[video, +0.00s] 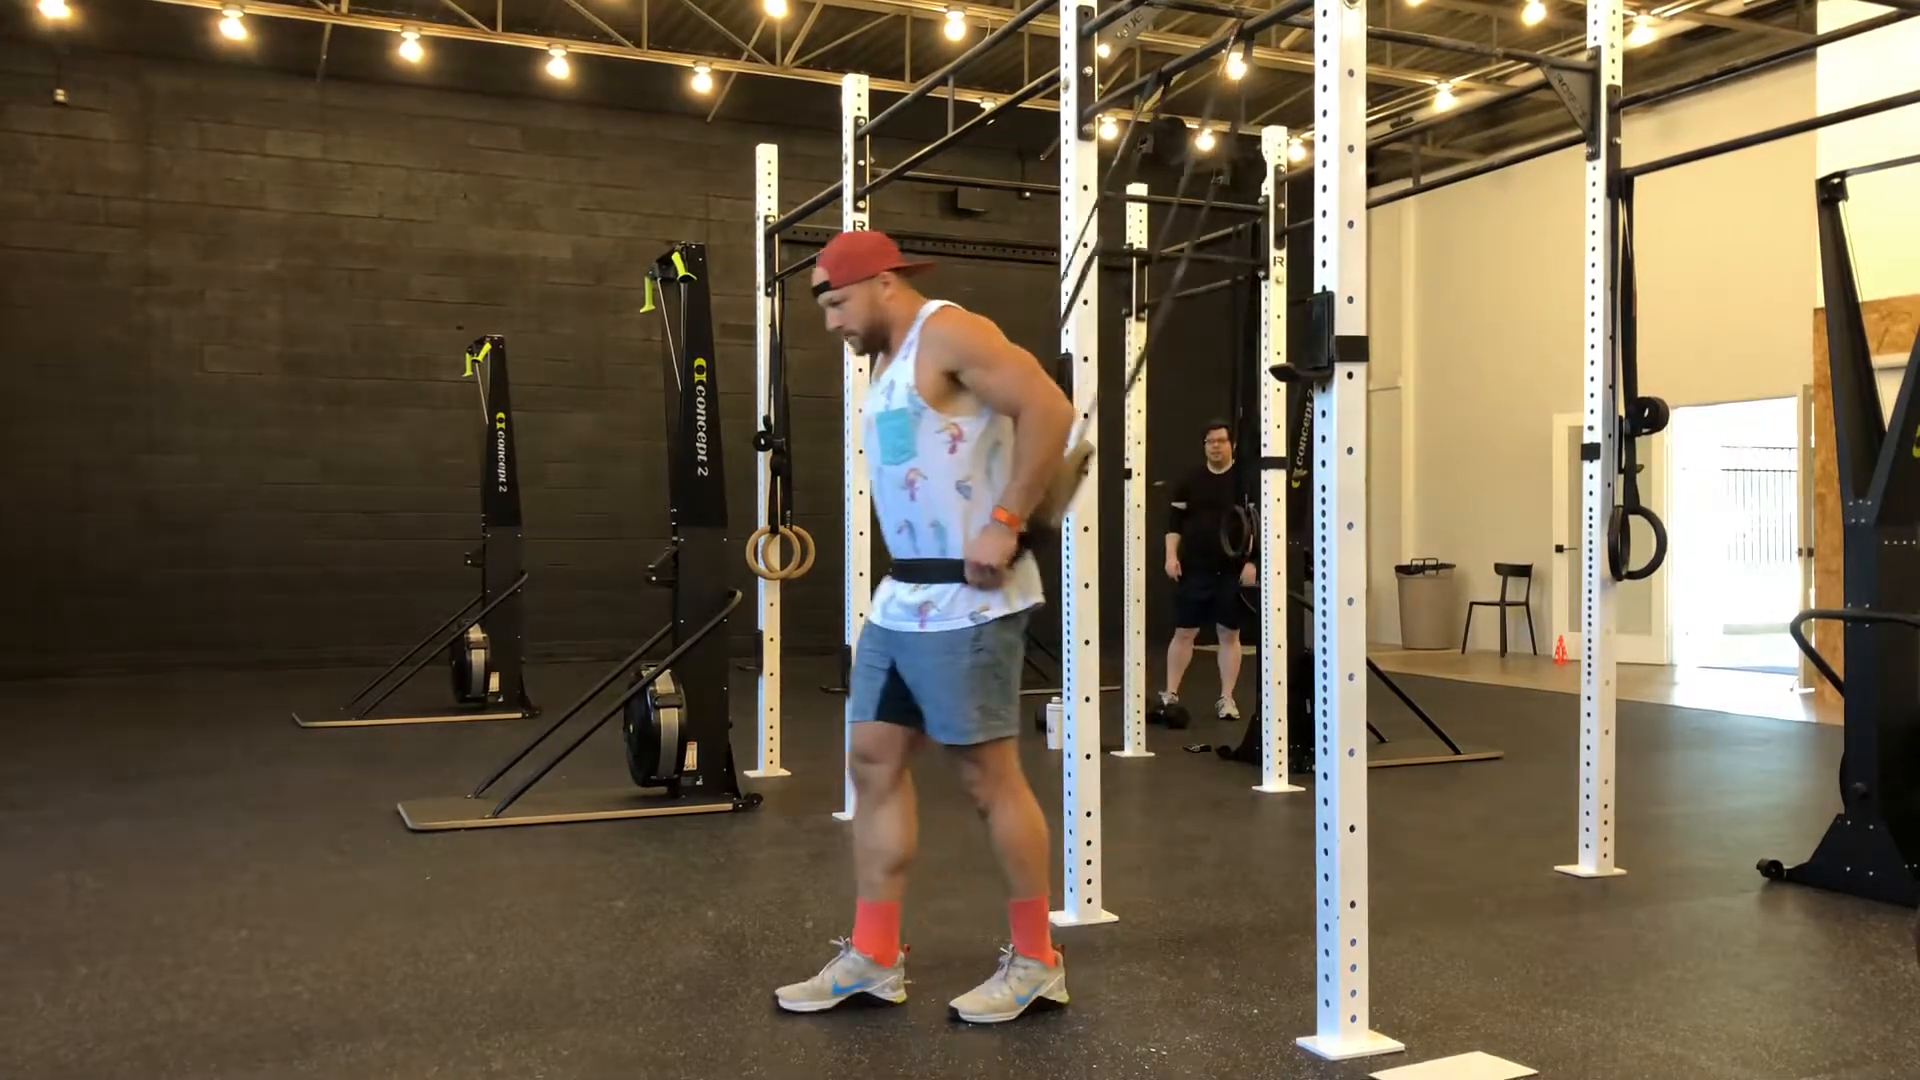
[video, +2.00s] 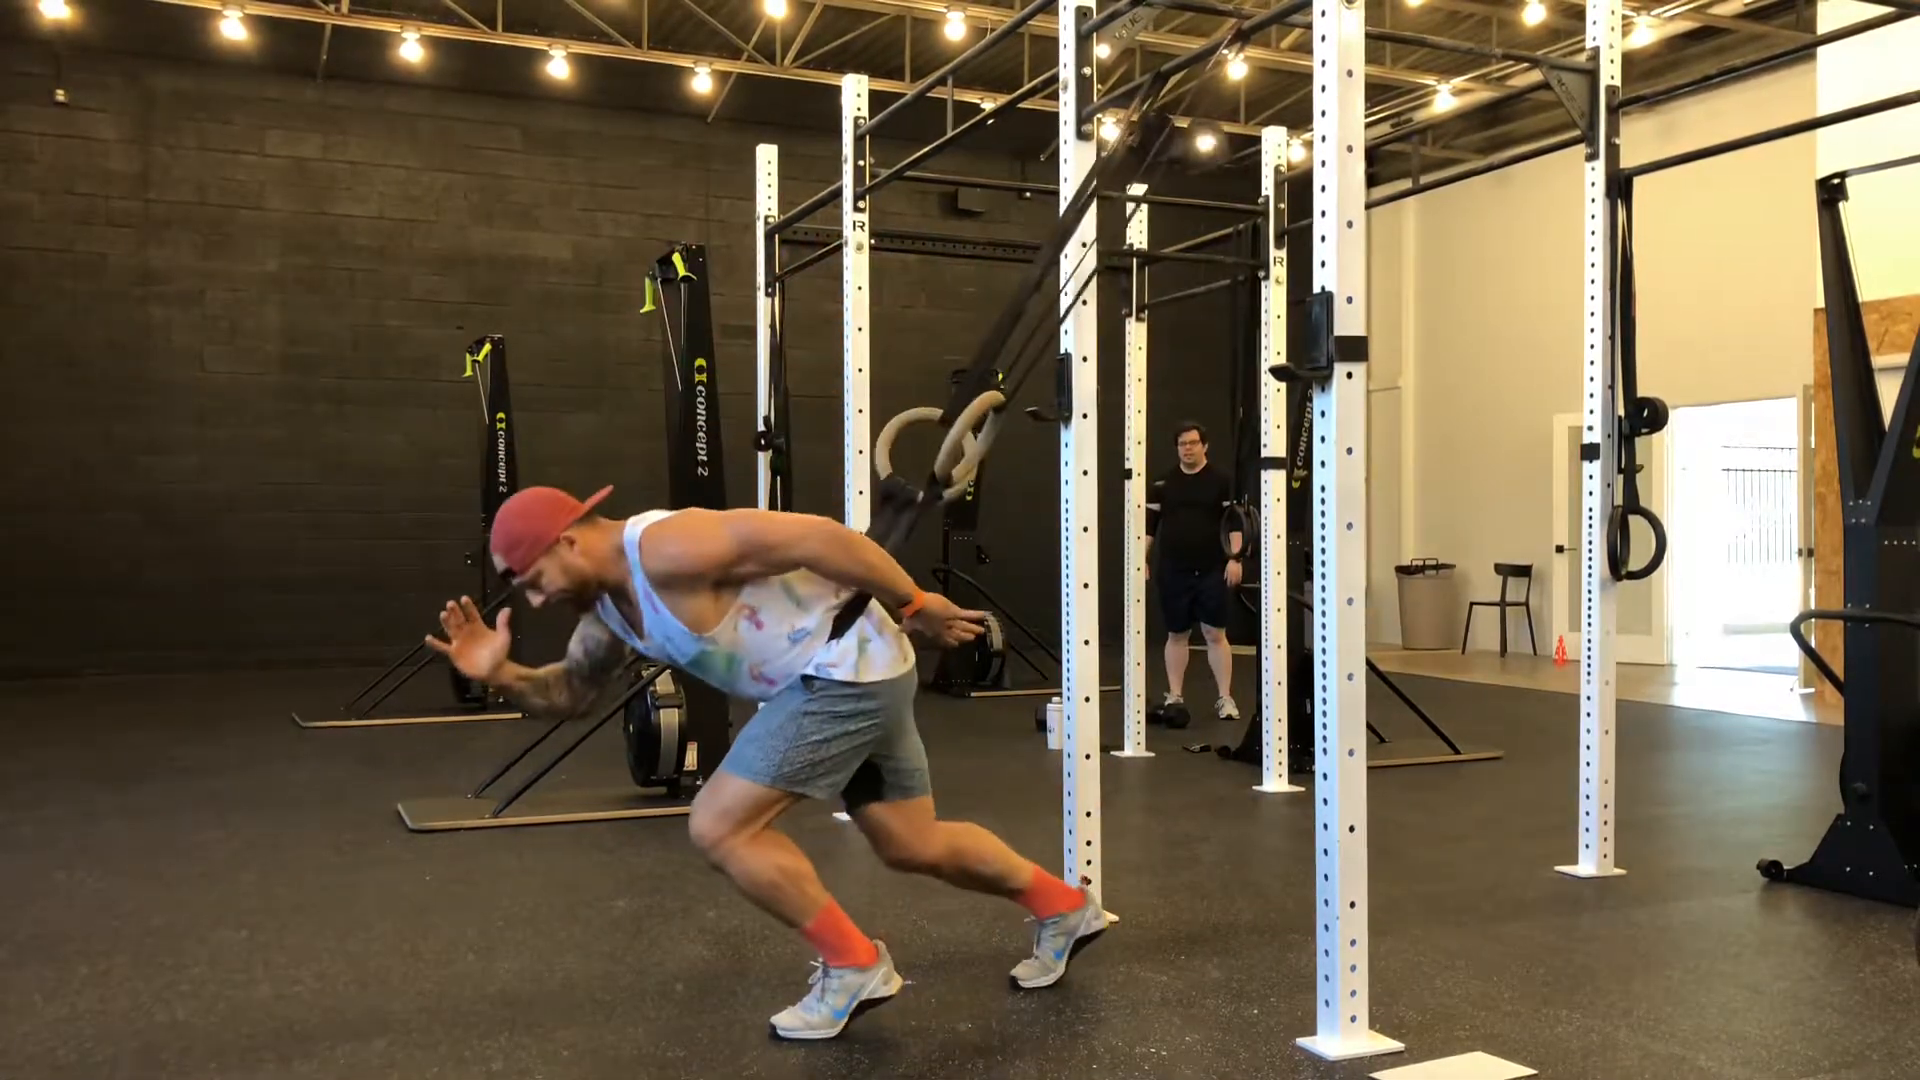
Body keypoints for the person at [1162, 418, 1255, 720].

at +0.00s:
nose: (1216, 447)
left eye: (1221, 441)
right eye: (1210, 442)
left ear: (1232, 444)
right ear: (1203, 446)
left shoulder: (1245, 478)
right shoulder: (1190, 480)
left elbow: (1260, 523)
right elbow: (1174, 522)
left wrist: (1253, 561)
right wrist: (1171, 555)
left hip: (1231, 570)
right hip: (1193, 567)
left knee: (1229, 633)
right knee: (1184, 632)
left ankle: (1227, 698)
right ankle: (1170, 694)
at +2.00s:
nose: (1187, 449)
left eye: (1192, 443)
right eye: (1182, 444)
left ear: (1204, 446)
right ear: (1176, 448)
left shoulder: (1220, 481)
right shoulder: (1164, 484)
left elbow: (1234, 522)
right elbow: (1149, 526)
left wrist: (1235, 557)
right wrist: (1142, 559)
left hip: (1211, 570)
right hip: (1173, 570)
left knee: (1215, 634)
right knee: (1177, 634)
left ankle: (1225, 698)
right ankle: (1174, 696)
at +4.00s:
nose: (1182, 450)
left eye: (1188, 444)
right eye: (1178, 445)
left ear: (1201, 447)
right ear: (1172, 449)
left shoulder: (1217, 480)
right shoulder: (1162, 483)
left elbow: (1233, 521)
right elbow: (1148, 527)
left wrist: (1232, 558)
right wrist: (1141, 563)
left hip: (1209, 570)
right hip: (1171, 570)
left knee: (1213, 634)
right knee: (1175, 634)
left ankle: (1224, 698)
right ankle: (1174, 696)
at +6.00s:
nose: (1169, 451)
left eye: (1174, 445)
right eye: (1164, 446)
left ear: (1186, 449)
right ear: (1158, 450)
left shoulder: (1203, 483)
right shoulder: (1147, 486)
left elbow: (1217, 525)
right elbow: (1134, 527)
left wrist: (1217, 559)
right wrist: (1130, 560)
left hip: (1196, 569)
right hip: (1160, 570)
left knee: (1204, 631)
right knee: (1168, 633)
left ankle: (1222, 697)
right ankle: (1173, 696)